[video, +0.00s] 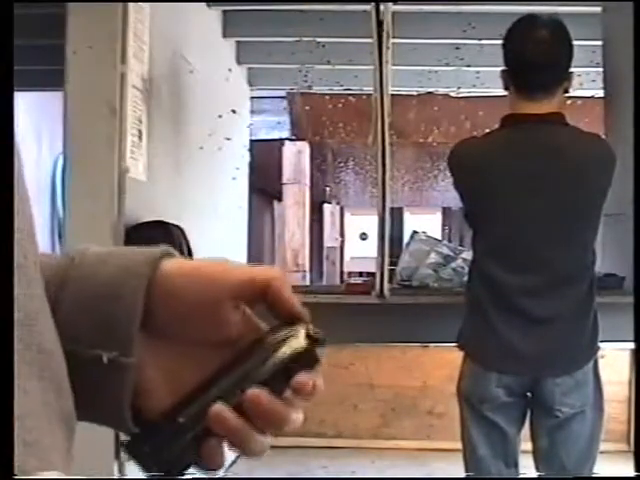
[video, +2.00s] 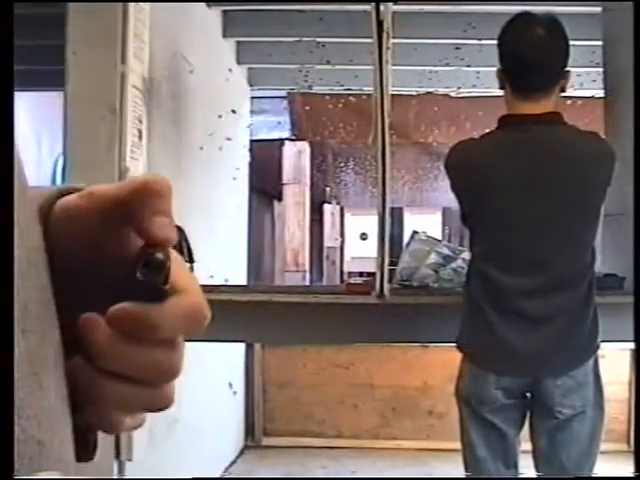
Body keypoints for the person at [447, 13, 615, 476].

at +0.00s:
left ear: (505, 79)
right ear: (568, 81)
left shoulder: (468, 158)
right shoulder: (598, 156)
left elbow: (485, 219)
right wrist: (550, 120)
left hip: (491, 357)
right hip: (568, 359)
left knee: (489, 472)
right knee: (568, 472)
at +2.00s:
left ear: (500, 79)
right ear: (565, 80)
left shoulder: (465, 160)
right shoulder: (596, 155)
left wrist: (532, 121)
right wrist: (552, 116)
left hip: (490, 357)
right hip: (568, 359)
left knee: (489, 472)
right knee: (568, 472)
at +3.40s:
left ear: (499, 80)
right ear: (564, 82)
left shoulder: (464, 160)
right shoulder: (596, 154)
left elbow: (477, 221)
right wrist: (549, 115)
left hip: (491, 358)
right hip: (570, 359)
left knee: (490, 472)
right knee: (570, 472)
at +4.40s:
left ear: (497, 79)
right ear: (562, 80)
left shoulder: (461, 161)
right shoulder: (594, 155)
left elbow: (476, 221)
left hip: (488, 359)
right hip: (567, 360)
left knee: (487, 472)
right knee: (567, 472)